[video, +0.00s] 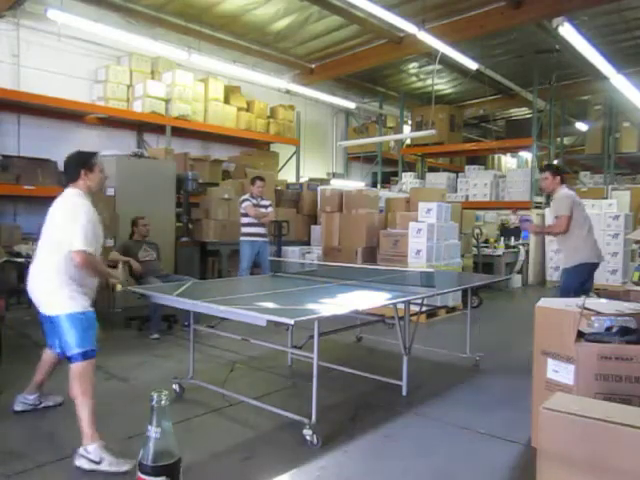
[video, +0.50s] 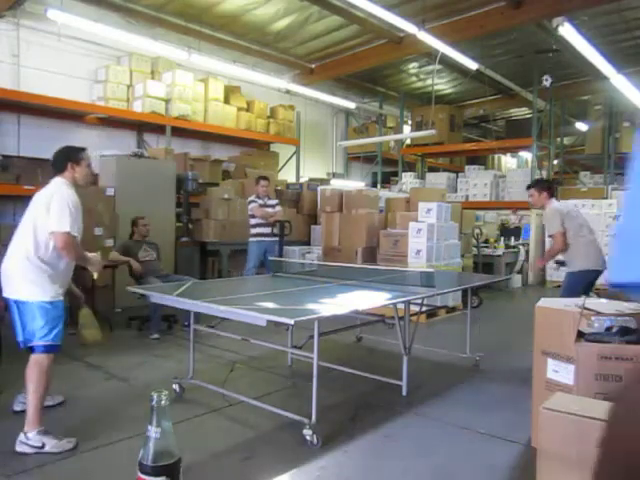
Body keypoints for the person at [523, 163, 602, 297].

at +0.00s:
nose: (542, 184)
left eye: (546, 179)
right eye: (541, 180)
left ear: (557, 179)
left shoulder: (563, 196)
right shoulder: (567, 195)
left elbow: (561, 227)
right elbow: (561, 227)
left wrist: (536, 229)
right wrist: (537, 229)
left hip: (579, 259)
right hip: (587, 258)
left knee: (566, 303)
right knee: (581, 302)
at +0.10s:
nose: (542, 186)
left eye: (546, 181)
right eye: (541, 182)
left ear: (558, 181)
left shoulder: (564, 197)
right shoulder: (567, 196)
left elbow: (566, 229)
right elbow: (566, 229)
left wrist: (543, 237)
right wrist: (544, 237)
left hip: (584, 260)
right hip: (590, 258)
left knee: (567, 305)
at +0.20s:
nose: (541, 189)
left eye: (544, 184)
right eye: (540, 185)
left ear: (555, 184)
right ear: (556, 184)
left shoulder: (562, 200)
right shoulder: (566, 198)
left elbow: (570, 232)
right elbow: (568, 233)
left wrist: (553, 255)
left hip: (585, 259)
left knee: (568, 304)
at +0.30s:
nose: (538, 192)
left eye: (540, 188)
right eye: (537, 189)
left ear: (552, 187)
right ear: (553, 188)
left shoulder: (560, 202)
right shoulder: (566, 201)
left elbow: (570, 235)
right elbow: (572, 235)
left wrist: (557, 262)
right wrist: (557, 259)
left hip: (586, 260)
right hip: (594, 258)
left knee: (568, 303)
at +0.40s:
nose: (535, 197)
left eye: (537, 192)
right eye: (535, 193)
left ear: (548, 191)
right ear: (548, 192)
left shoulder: (557, 207)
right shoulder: (567, 204)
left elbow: (567, 239)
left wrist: (551, 263)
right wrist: (554, 261)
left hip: (586, 262)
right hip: (596, 260)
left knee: (565, 304)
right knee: (580, 302)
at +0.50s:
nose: (530, 200)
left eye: (532, 196)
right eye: (529, 196)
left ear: (544, 194)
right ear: (545, 195)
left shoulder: (552, 210)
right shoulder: (564, 207)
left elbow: (559, 244)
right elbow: (563, 244)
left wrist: (543, 260)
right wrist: (545, 257)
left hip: (582, 265)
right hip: (595, 263)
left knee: (564, 307)